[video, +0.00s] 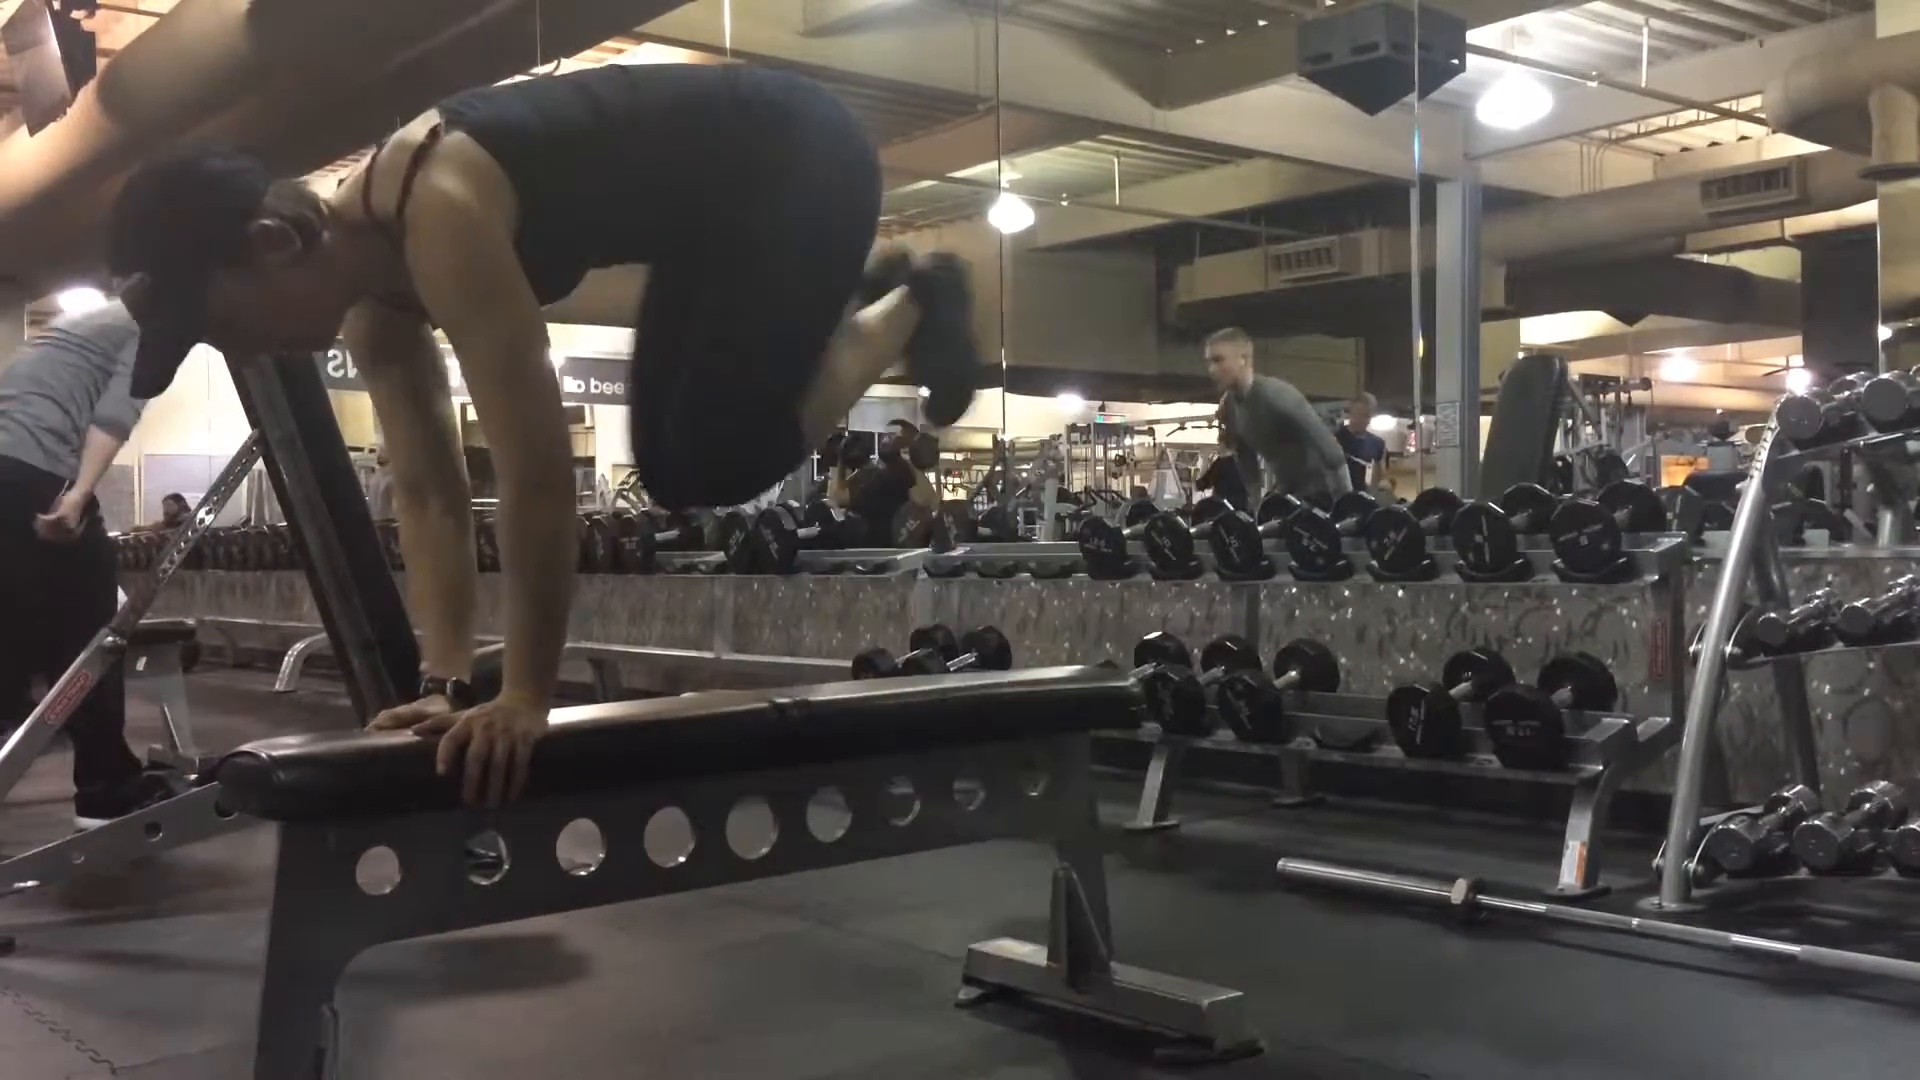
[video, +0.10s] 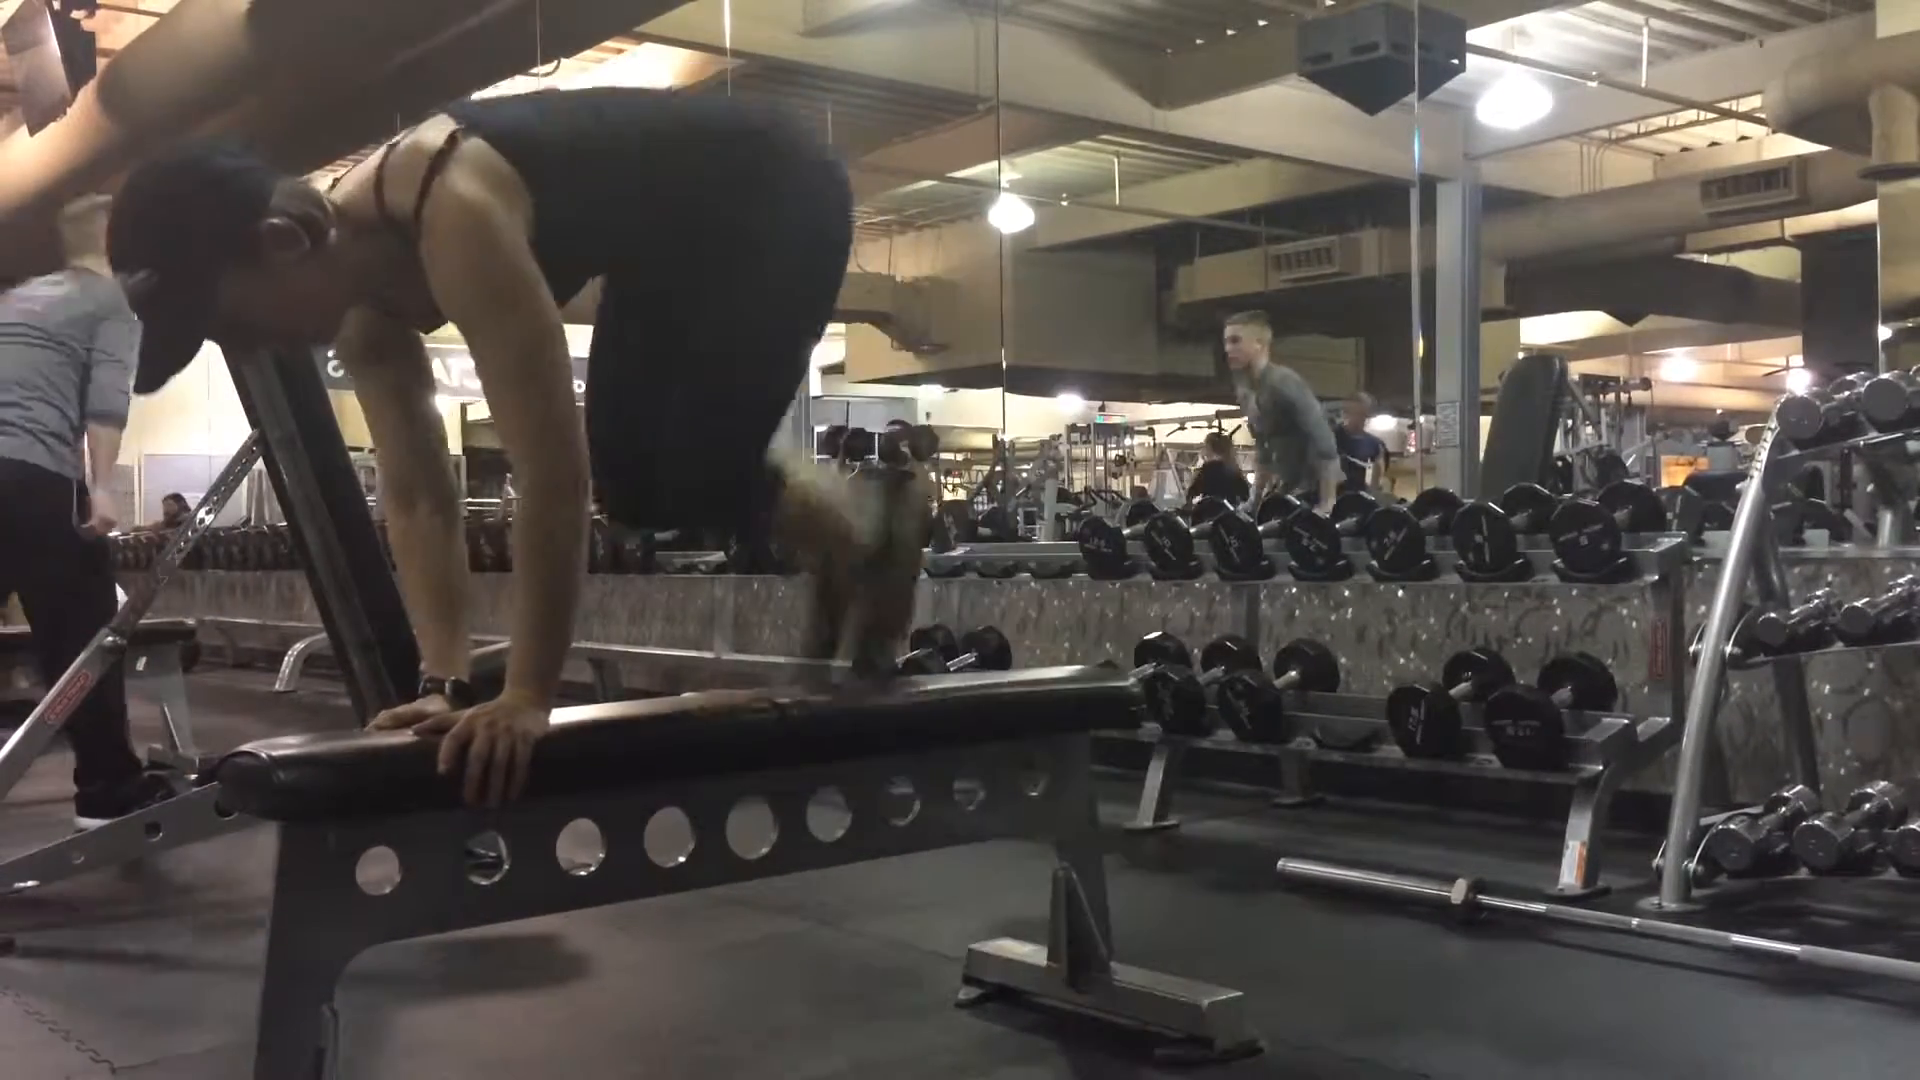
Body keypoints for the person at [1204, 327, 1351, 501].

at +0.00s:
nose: (1211, 370)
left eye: (1217, 360)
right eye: (1209, 363)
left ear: (1243, 359)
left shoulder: (1277, 395)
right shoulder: (1231, 408)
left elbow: (1332, 452)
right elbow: (1249, 470)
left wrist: (1347, 508)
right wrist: (1255, 515)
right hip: (1286, 488)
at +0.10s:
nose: (1227, 349)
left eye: (1235, 341)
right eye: (1226, 342)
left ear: (1260, 344)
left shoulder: (1284, 382)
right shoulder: (1247, 389)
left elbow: (1324, 441)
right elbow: (1264, 451)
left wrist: (1327, 502)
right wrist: (1254, 501)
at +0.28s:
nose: (1251, 344)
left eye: (1259, 336)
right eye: (1250, 337)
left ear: (1283, 342)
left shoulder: (1296, 382)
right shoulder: (1282, 382)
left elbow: (1313, 448)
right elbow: (1295, 445)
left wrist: (1302, 494)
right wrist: (1277, 474)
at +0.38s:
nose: (1264, 344)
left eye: (1272, 337)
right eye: (1264, 337)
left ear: (1293, 342)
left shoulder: (1295, 380)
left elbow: (1307, 446)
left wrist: (1295, 491)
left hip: (1329, 487)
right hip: (1349, 481)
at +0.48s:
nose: (1279, 343)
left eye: (1282, 336)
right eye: (1280, 336)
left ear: (1294, 339)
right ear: (1319, 338)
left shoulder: (1299, 379)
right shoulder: (1343, 374)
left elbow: (1304, 440)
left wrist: (1288, 488)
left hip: (1327, 488)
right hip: (1355, 481)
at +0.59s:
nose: (1294, 338)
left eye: (1295, 332)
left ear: (1298, 337)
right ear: (1332, 336)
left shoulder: (1301, 378)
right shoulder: (1360, 374)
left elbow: (1302, 435)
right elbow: (1386, 422)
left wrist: (1286, 482)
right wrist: (1366, 452)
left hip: (1325, 484)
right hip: (1363, 479)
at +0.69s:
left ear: (1309, 334)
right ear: (1342, 333)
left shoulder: (1303, 378)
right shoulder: (1370, 373)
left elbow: (1297, 437)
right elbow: (1400, 420)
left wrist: (1286, 481)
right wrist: (1379, 450)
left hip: (1323, 484)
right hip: (1366, 481)